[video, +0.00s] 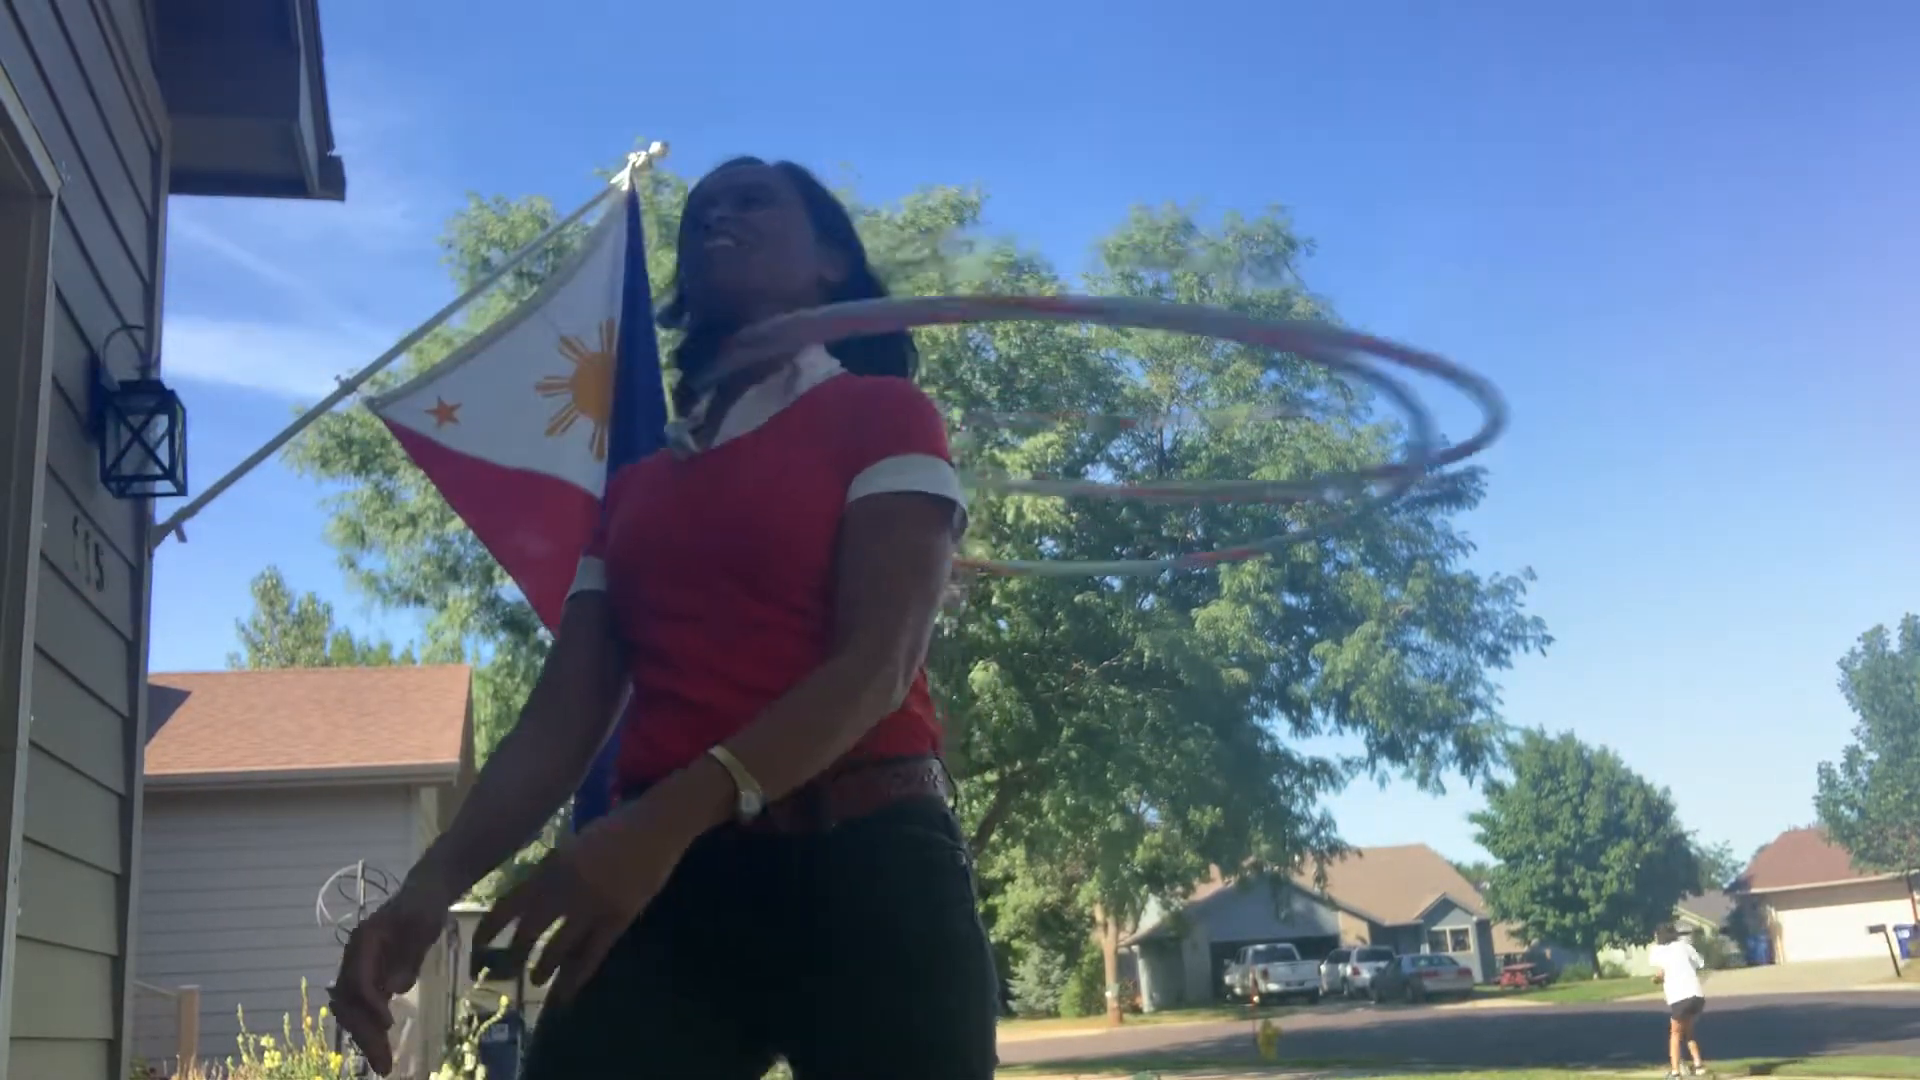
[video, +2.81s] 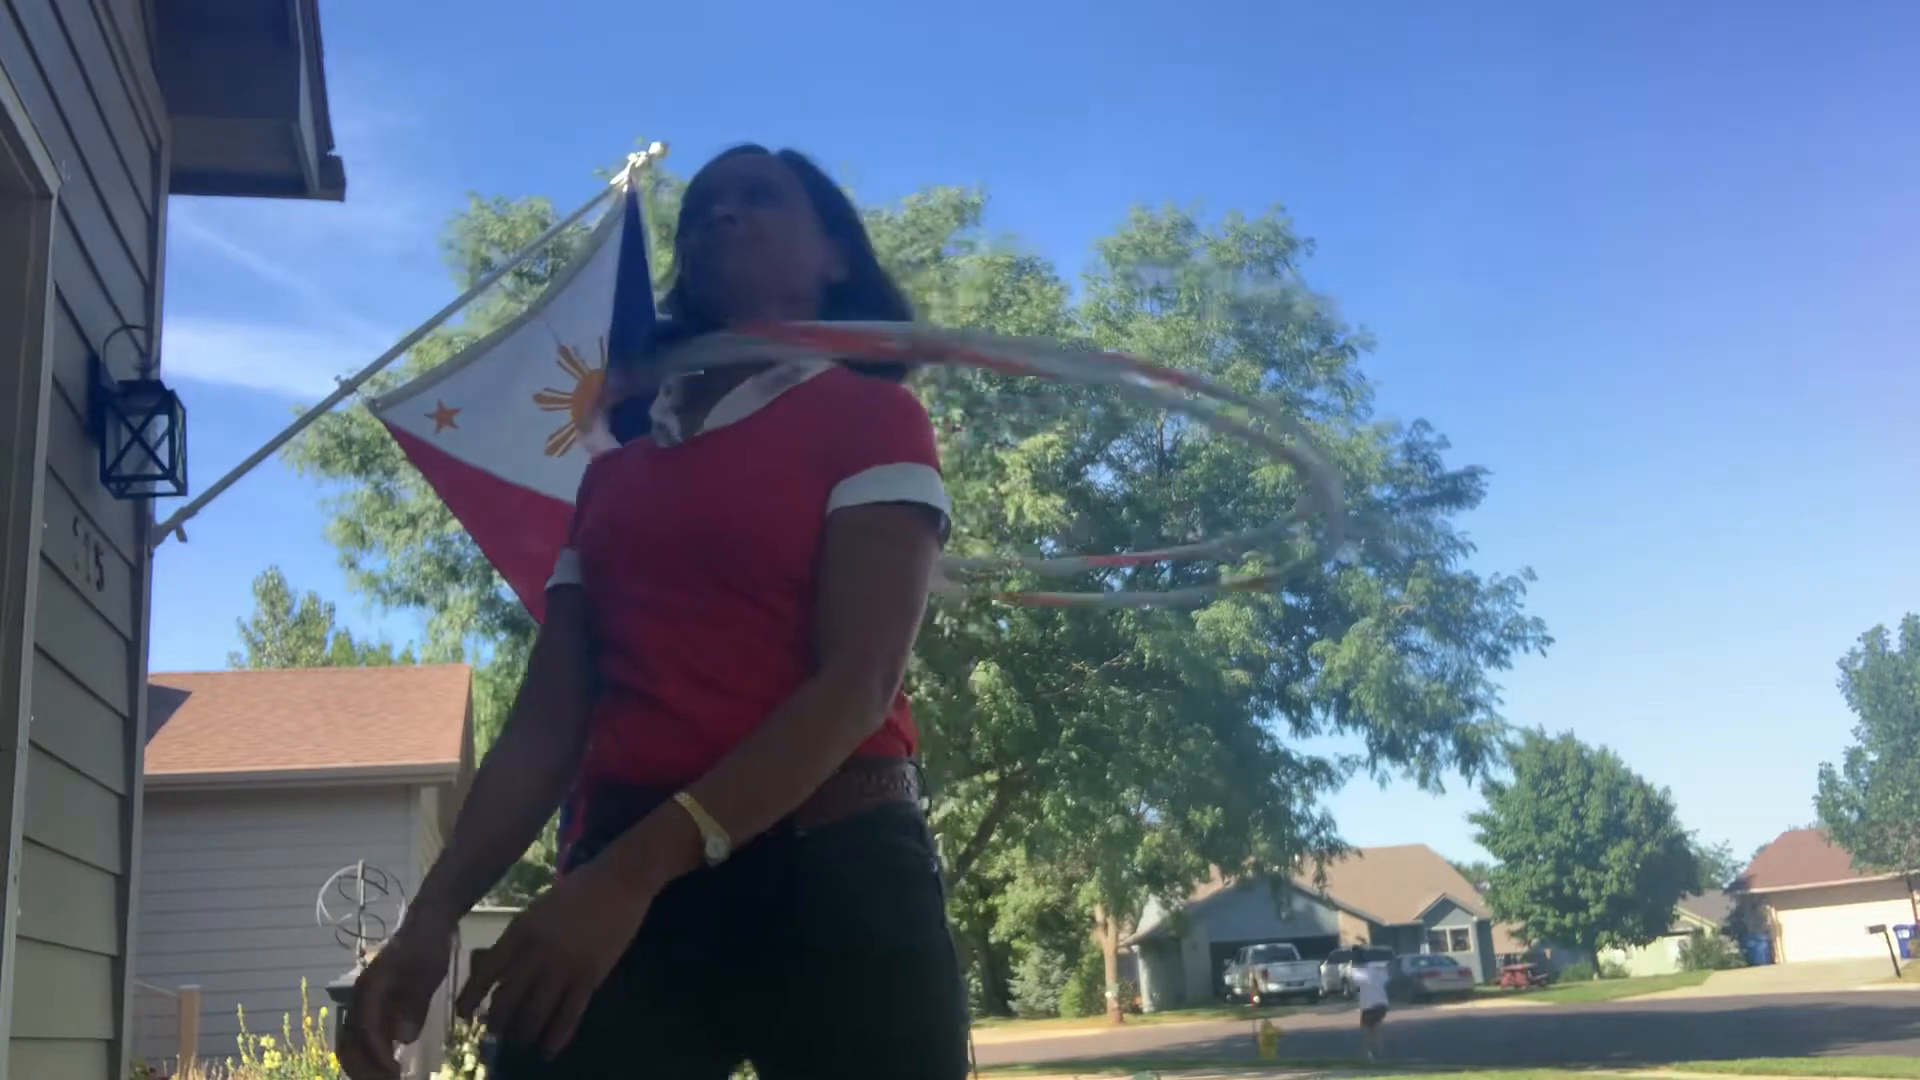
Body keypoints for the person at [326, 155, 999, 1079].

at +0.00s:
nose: (713, 222)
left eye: (752, 202)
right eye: (697, 223)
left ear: (832, 265)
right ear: (686, 291)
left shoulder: (880, 412)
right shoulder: (638, 480)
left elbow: (877, 662)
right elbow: (566, 706)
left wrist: (664, 819)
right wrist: (430, 891)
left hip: (866, 861)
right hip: (666, 880)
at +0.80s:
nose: (727, 220)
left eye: (766, 202)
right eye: (704, 208)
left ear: (837, 268)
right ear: (676, 268)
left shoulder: (896, 421)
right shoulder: (625, 476)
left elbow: (942, 680)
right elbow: (555, 709)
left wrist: (794, 847)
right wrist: (459, 879)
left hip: (865, 872)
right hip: (650, 874)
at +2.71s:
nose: (761, 236)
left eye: (799, 219)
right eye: (739, 233)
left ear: (870, 275)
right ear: (720, 294)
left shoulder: (903, 435)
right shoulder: (645, 484)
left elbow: (888, 698)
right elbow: (565, 719)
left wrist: (684, 883)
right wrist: (451, 909)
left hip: (848, 876)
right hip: (638, 884)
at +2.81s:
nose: (720, 213)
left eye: (760, 195)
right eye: (700, 213)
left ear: (837, 257)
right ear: (685, 275)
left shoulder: (866, 409)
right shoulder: (616, 465)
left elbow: (856, 686)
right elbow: (547, 712)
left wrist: (632, 869)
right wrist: (431, 915)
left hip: (834, 874)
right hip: (617, 893)